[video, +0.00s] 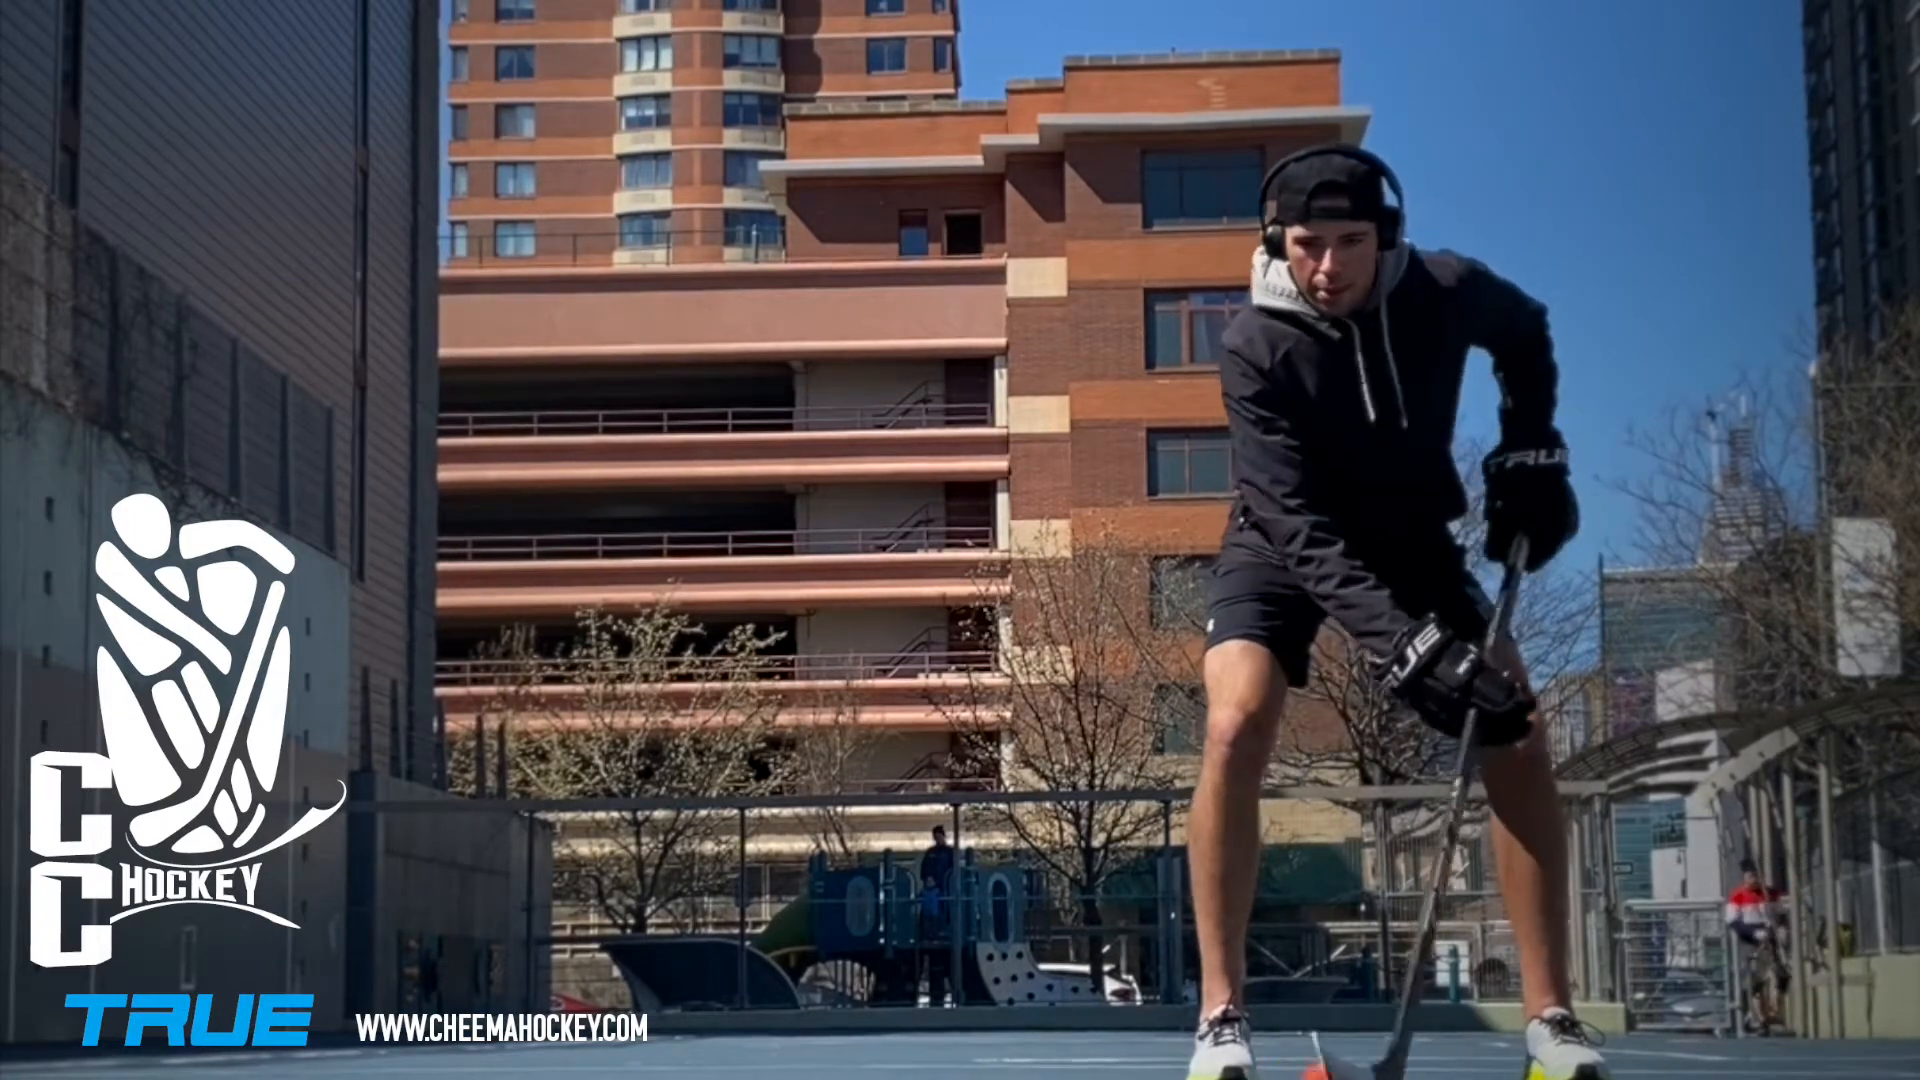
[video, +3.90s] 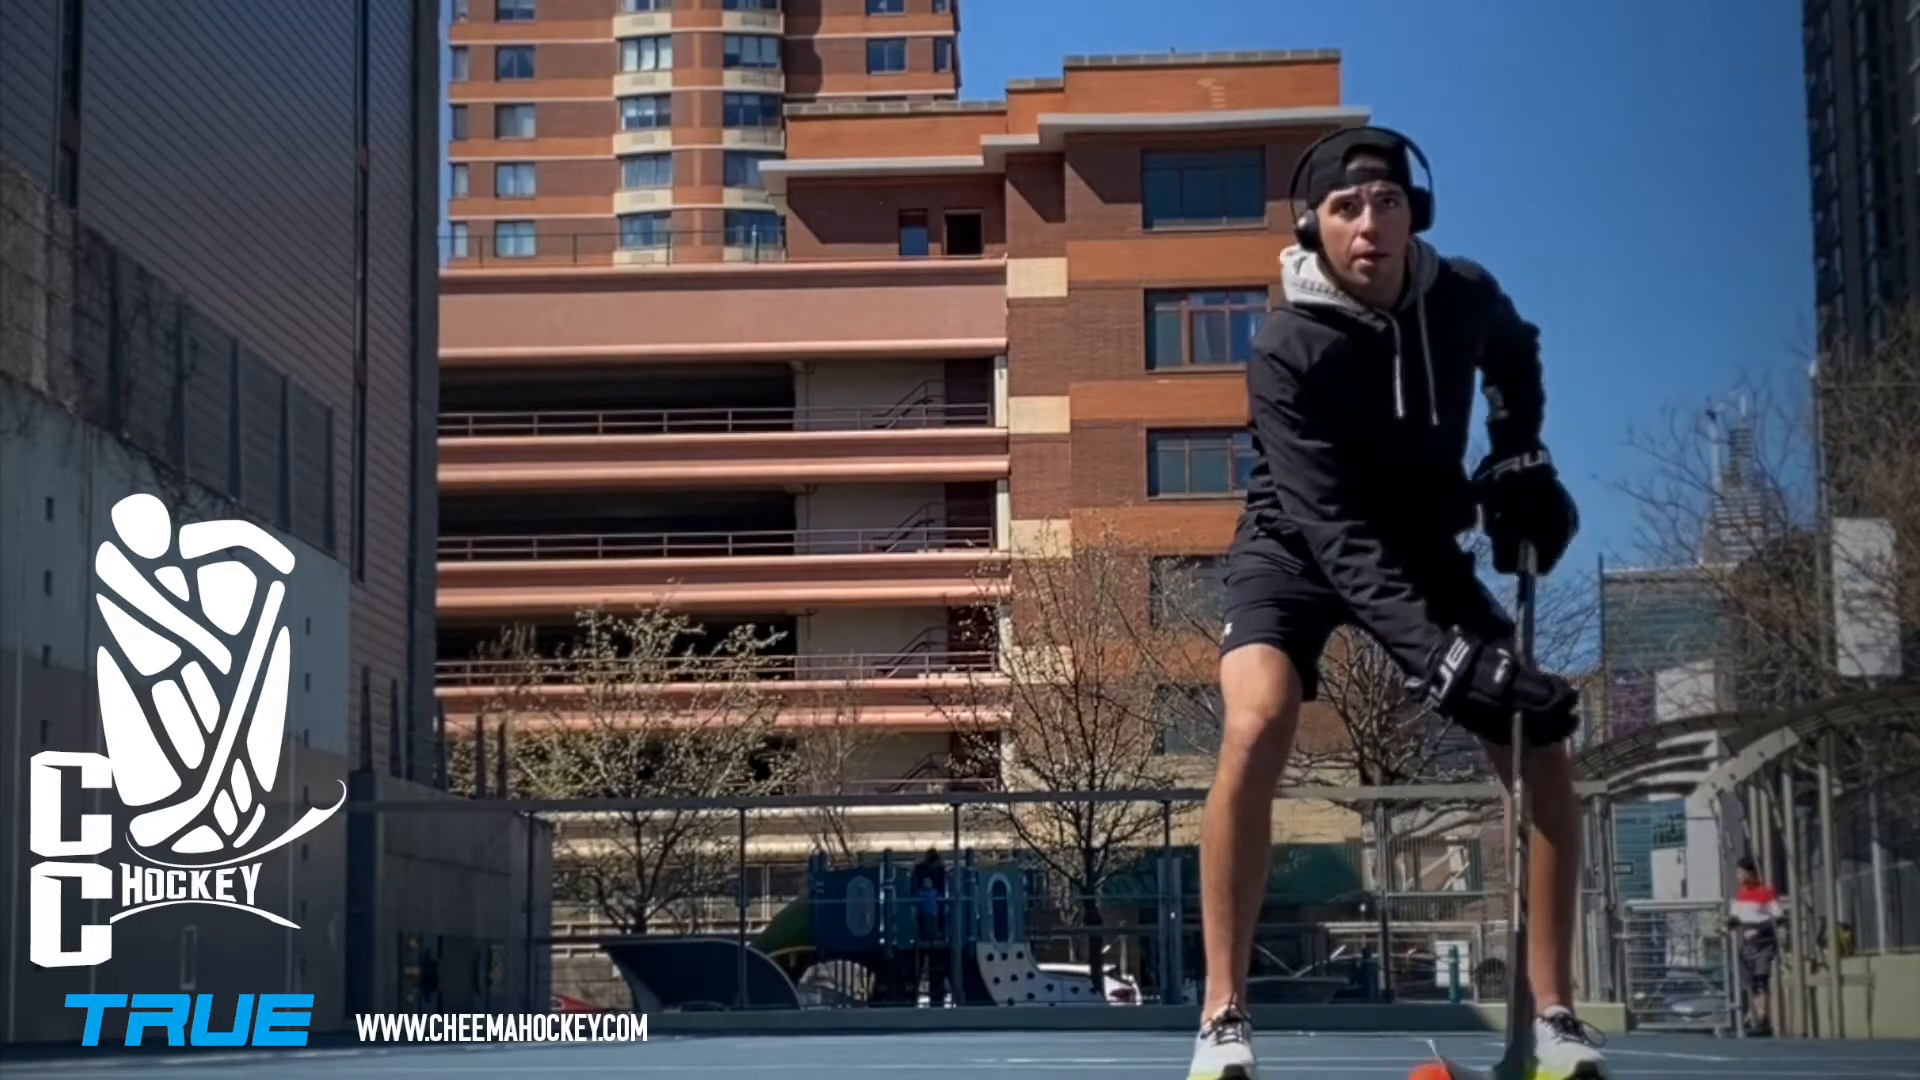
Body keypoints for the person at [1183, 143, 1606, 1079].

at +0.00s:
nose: (1326, 266)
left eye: (1347, 244)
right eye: (1307, 246)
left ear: (1384, 237)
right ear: (1280, 243)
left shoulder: (1444, 289)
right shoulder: (1258, 344)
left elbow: (1523, 331)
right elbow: (1294, 526)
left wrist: (1530, 455)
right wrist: (1408, 644)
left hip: (1414, 536)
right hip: (1282, 542)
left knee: (1517, 730)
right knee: (1236, 725)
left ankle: (1550, 1013)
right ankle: (1220, 1013)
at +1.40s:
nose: (1453, 248)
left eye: (1462, 226)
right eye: (1430, 229)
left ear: (1473, 227)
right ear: (1376, 235)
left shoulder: (1491, 298)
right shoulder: (1314, 345)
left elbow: (1540, 348)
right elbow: (1349, 540)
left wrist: (1550, 467)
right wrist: (1499, 661)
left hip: (1431, 545)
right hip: (1305, 541)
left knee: (1539, 750)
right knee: (1260, 732)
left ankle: (1554, 1020)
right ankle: (1223, 1014)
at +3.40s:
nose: (1530, 251)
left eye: (1528, 233)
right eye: (1516, 234)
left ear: (1463, 239)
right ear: (1459, 240)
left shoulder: (1490, 306)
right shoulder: (1352, 334)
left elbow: (1514, 398)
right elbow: (1394, 543)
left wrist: (1530, 480)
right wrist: (1530, 671)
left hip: (1408, 546)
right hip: (1294, 537)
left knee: (1535, 744)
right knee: (1278, 737)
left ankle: (1556, 1023)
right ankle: (1225, 1016)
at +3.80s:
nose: (1401, 231)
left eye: (1419, 211)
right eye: (1379, 212)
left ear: (1441, 222)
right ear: (1340, 227)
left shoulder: (1476, 299)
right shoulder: (1302, 342)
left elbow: (1528, 373)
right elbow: (1323, 530)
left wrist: (1537, 482)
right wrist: (1440, 650)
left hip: (1420, 546)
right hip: (1296, 544)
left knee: (1540, 738)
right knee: (1260, 728)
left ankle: (1555, 1013)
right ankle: (1223, 1012)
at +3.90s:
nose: (1369, 227)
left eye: (1386, 206)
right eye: (1346, 209)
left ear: (1416, 217)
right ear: (1311, 228)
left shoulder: (1464, 296)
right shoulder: (1289, 351)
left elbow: (1516, 362)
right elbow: (1329, 532)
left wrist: (1518, 460)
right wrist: (1446, 663)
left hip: (1421, 541)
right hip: (1295, 543)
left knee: (1539, 746)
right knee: (1255, 727)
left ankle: (1550, 1012)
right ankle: (1223, 1013)